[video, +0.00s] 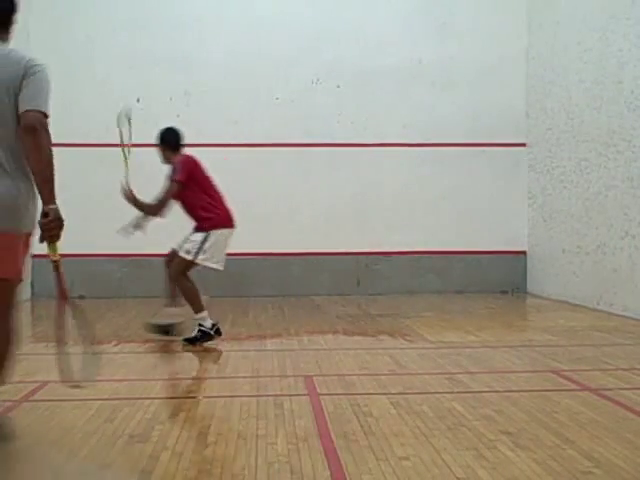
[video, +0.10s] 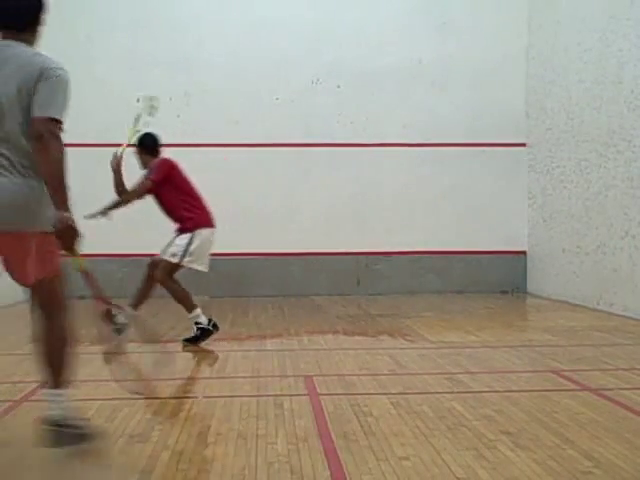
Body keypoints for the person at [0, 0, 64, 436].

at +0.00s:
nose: (12, 22)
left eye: (8, 16)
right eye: (13, 15)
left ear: (3, 21)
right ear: (11, 19)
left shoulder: (24, 68)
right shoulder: (24, 67)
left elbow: (31, 127)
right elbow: (32, 125)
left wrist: (47, 203)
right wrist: (49, 203)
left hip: (13, 213)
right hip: (10, 211)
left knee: (7, 313)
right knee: (4, 312)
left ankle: (2, 413)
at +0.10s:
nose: (40, 24)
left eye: (34, 17)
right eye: (40, 18)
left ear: (1, 21)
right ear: (37, 22)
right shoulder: (43, 69)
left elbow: (40, 136)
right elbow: (43, 133)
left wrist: (58, 211)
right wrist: (62, 211)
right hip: (18, 205)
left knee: (49, 300)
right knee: (49, 300)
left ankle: (58, 406)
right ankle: (58, 406)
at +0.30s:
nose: (121, 62)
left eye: (116, 53)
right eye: (120, 55)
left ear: (80, 54)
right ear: (115, 57)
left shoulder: (45, 96)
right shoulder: (113, 105)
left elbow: (16, 154)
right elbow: (132, 176)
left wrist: (86, 195)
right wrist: (183, 242)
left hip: (15, 235)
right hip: (78, 239)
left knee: (1, 325)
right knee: (150, 318)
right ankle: (168, 430)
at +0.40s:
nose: (173, 49)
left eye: (163, 40)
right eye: (174, 42)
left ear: (137, 41)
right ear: (174, 45)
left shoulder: (106, 85)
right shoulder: (171, 91)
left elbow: (77, 151)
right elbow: (190, 155)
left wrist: (128, 164)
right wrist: (232, 223)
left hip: (79, 217)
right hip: (135, 220)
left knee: (40, 319)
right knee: (181, 317)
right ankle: (173, 432)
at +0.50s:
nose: (224, 23)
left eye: (212, 16)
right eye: (225, 17)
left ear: (187, 20)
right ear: (224, 22)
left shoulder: (159, 64)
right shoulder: (224, 66)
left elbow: (127, 134)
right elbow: (228, 127)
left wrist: (181, 147)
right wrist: (268, 192)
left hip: (140, 199)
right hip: (192, 202)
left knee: (134, 300)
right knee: (205, 310)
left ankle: (102, 405)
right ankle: (184, 421)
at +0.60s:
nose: (272, 14)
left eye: (266, 9)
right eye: (273, 9)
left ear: (233, 11)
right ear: (269, 11)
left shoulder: (206, 53)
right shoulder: (267, 50)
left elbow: (179, 126)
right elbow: (263, 114)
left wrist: (225, 149)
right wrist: (303, 184)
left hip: (196, 188)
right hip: (243, 189)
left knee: (212, 292)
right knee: (270, 294)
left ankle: (200, 405)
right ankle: (230, 399)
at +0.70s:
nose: (316, 21)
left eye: (307, 15)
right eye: (316, 15)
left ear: (279, 20)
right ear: (314, 21)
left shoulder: (258, 63)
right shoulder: (309, 62)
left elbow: (233, 131)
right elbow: (303, 131)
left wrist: (276, 162)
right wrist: (351, 199)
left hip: (249, 206)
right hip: (291, 206)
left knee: (265, 306)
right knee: (348, 298)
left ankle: (230, 420)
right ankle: (335, 415)